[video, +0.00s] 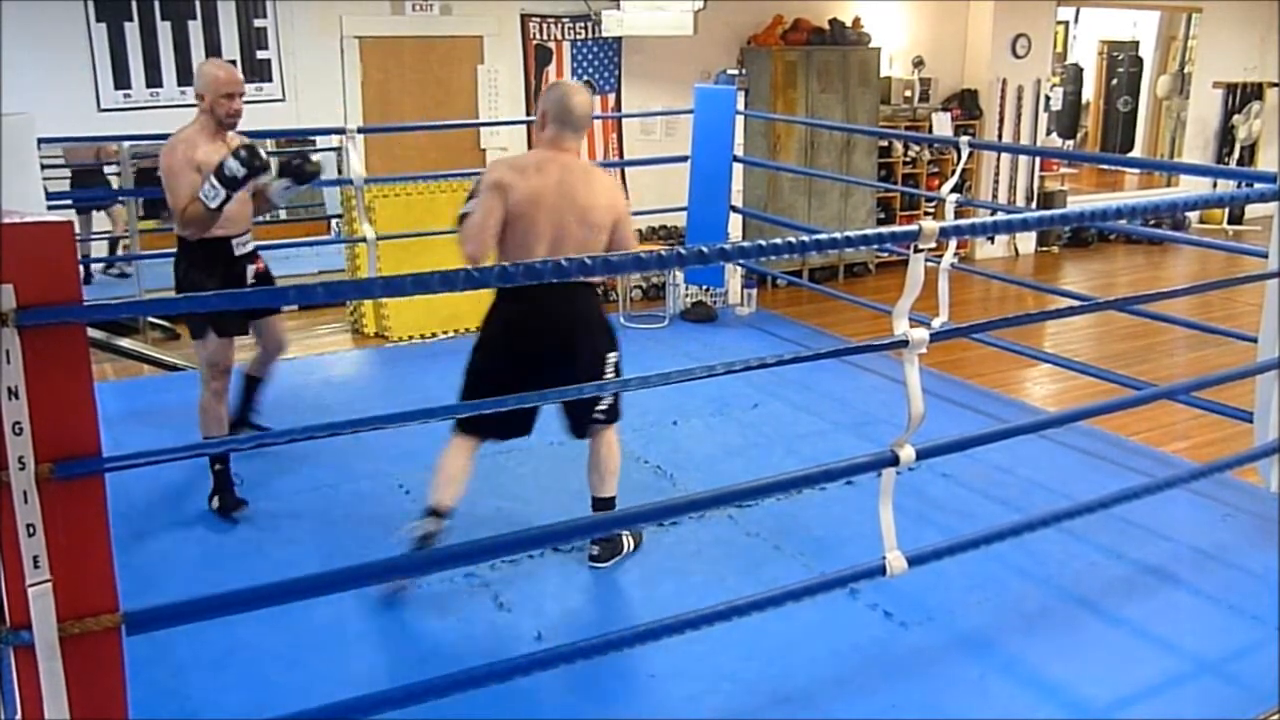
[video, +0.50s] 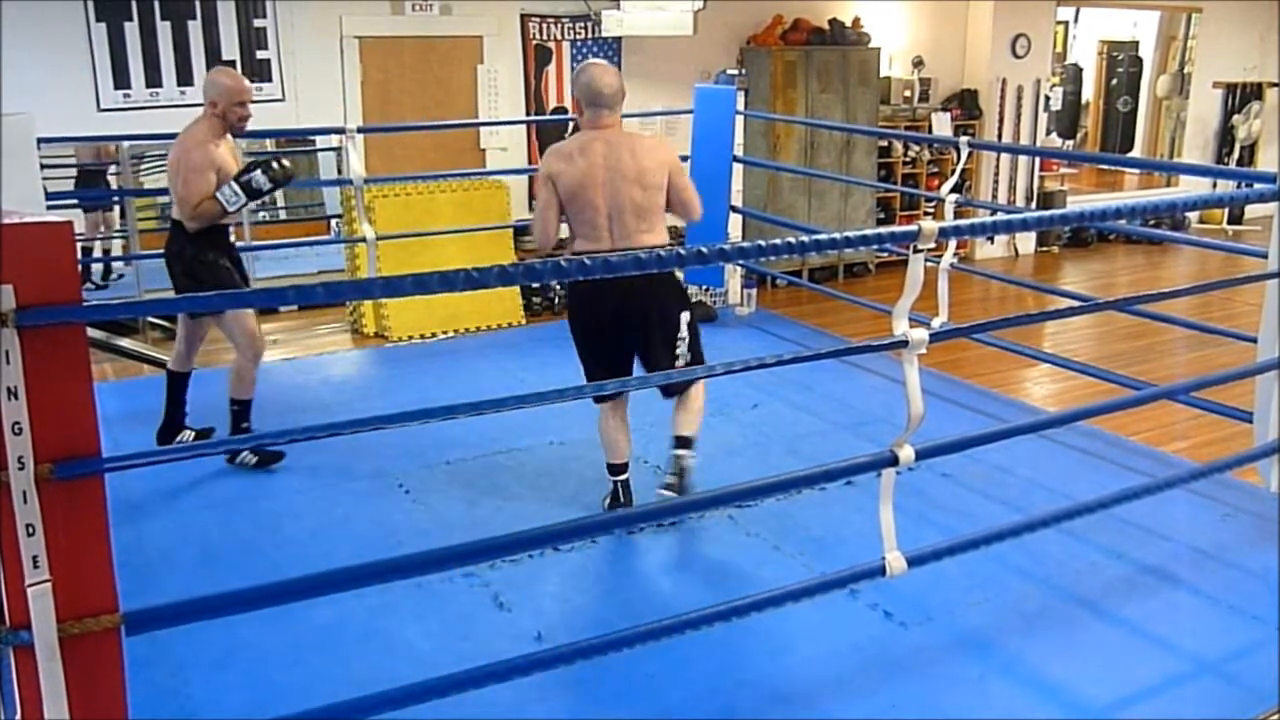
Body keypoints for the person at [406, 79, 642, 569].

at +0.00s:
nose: (533, 124)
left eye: (536, 117)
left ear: (541, 122)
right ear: (588, 127)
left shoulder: (505, 174)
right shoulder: (606, 185)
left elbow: (474, 251)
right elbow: (628, 260)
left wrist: (475, 206)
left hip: (515, 318)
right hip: (582, 319)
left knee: (469, 429)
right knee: (603, 425)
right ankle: (604, 537)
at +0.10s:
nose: (546, 102)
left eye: (549, 95)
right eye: (551, 94)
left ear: (556, 101)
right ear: (606, 106)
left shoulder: (526, 153)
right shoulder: (626, 163)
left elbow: (496, 233)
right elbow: (641, 234)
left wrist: (487, 193)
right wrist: (597, 219)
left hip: (538, 306)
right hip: (605, 305)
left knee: (511, 413)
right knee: (612, 417)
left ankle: (501, 515)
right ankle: (609, 532)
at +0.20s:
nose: (556, 91)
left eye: (560, 83)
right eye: (563, 83)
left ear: (567, 89)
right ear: (613, 93)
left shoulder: (538, 138)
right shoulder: (637, 146)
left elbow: (505, 213)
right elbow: (653, 211)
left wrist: (499, 173)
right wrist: (606, 196)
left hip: (554, 291)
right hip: (621, 288)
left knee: (559, 404)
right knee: (619, 413)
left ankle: (564, 509)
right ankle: (614, 526)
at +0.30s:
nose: (564, 95)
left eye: (566, 89)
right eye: (572, 88)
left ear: (571, 94)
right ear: (618, 95)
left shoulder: (546, 144)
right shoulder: (646, 146)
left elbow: (511, 217)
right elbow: (662, 208)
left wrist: (511, 173)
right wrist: (617, 197)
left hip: (571, 289)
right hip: (636, 286)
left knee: (594, 399)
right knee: (634, 407)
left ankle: (609, 493)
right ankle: (620, 507)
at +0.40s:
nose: (571, 109)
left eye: (572, 102)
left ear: (574, 105)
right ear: (620, 104)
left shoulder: (550, 160)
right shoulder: (651, 154)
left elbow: (524, 242)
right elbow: (676, 219)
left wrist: (519, 198)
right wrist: (633, 205)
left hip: (584, 299)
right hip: (646, 293)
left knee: (608, 401)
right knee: (668, 395)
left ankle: (621, 492)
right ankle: (649, 471)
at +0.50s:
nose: (572, 104)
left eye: (572, 98)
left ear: (576, 105)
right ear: (623, 100)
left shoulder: (555, 159)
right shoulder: (655, 149)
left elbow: (544, 238)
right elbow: (691, 210)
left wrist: (573, 221)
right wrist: (649, 198)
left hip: (593, 296)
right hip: (654, 289)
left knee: (610, 397)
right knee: (690, 379)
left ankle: (620, 493)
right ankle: (681, 462)